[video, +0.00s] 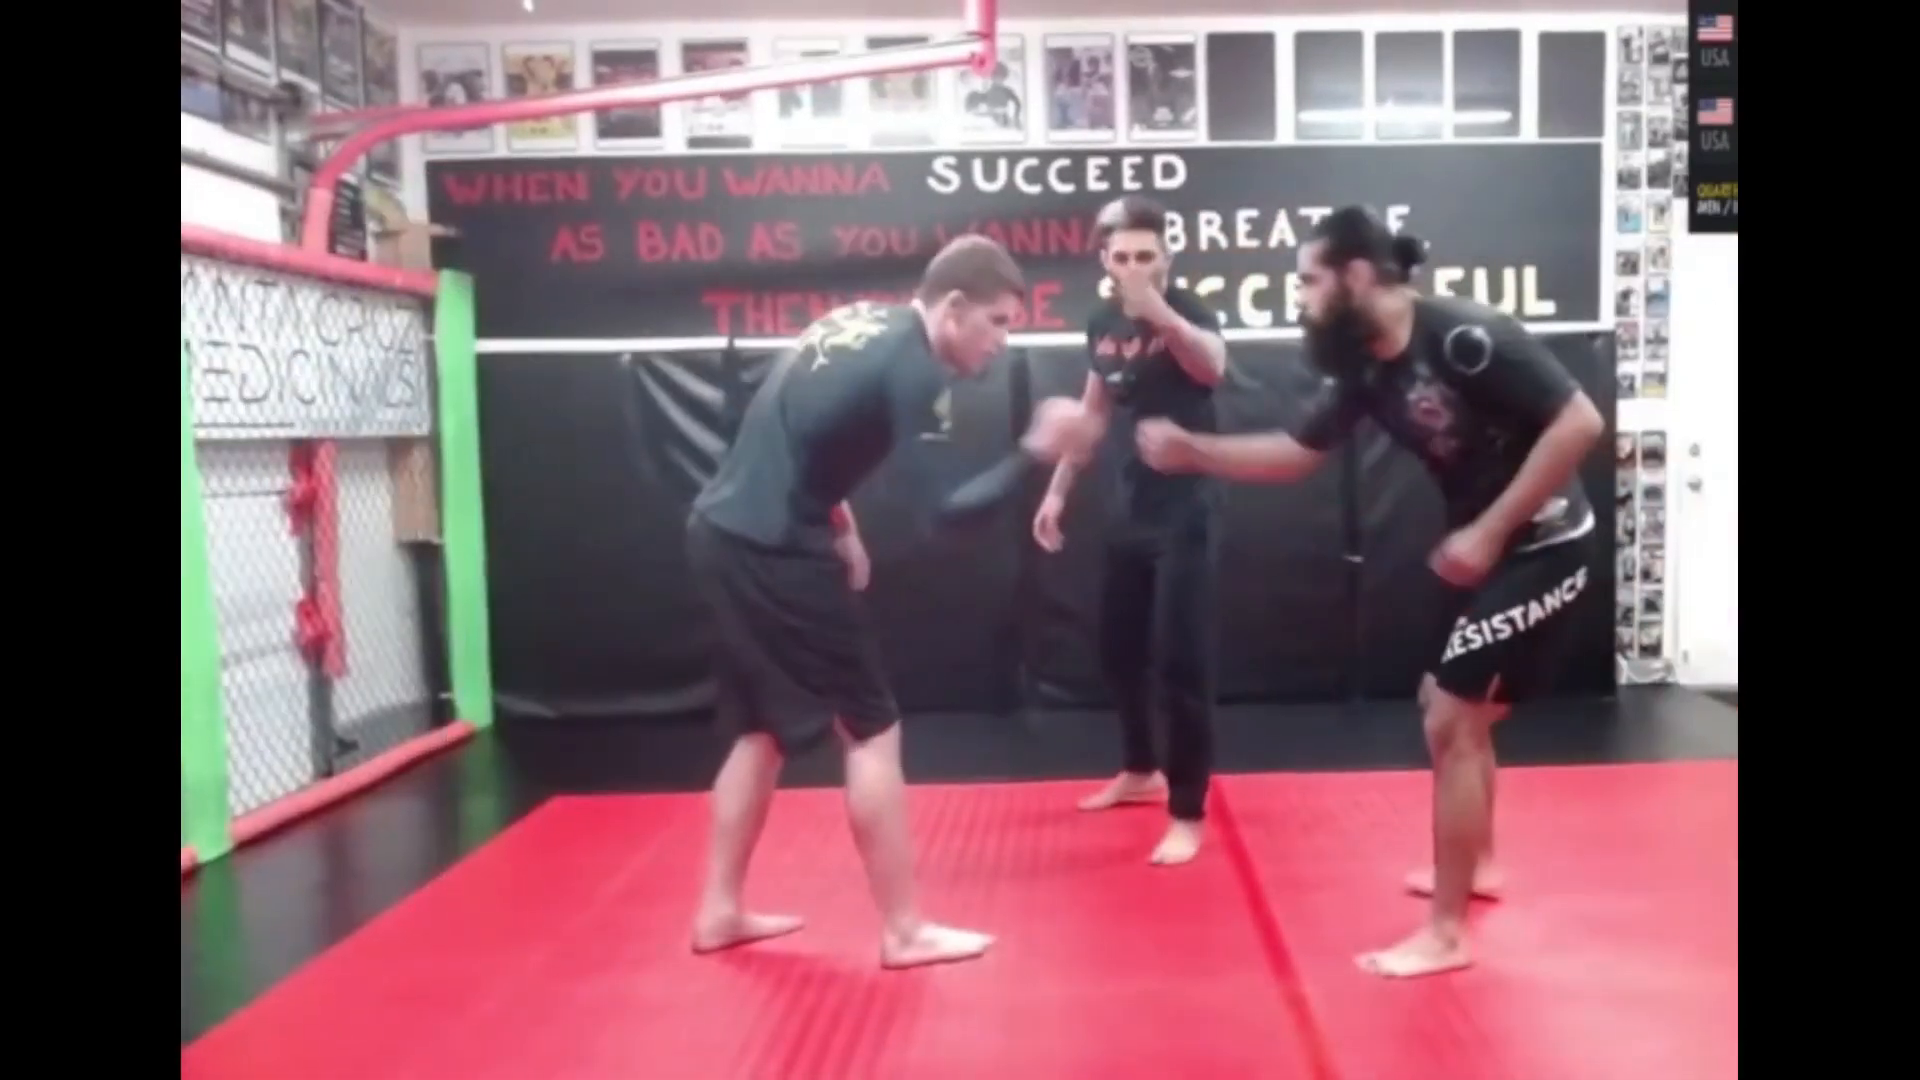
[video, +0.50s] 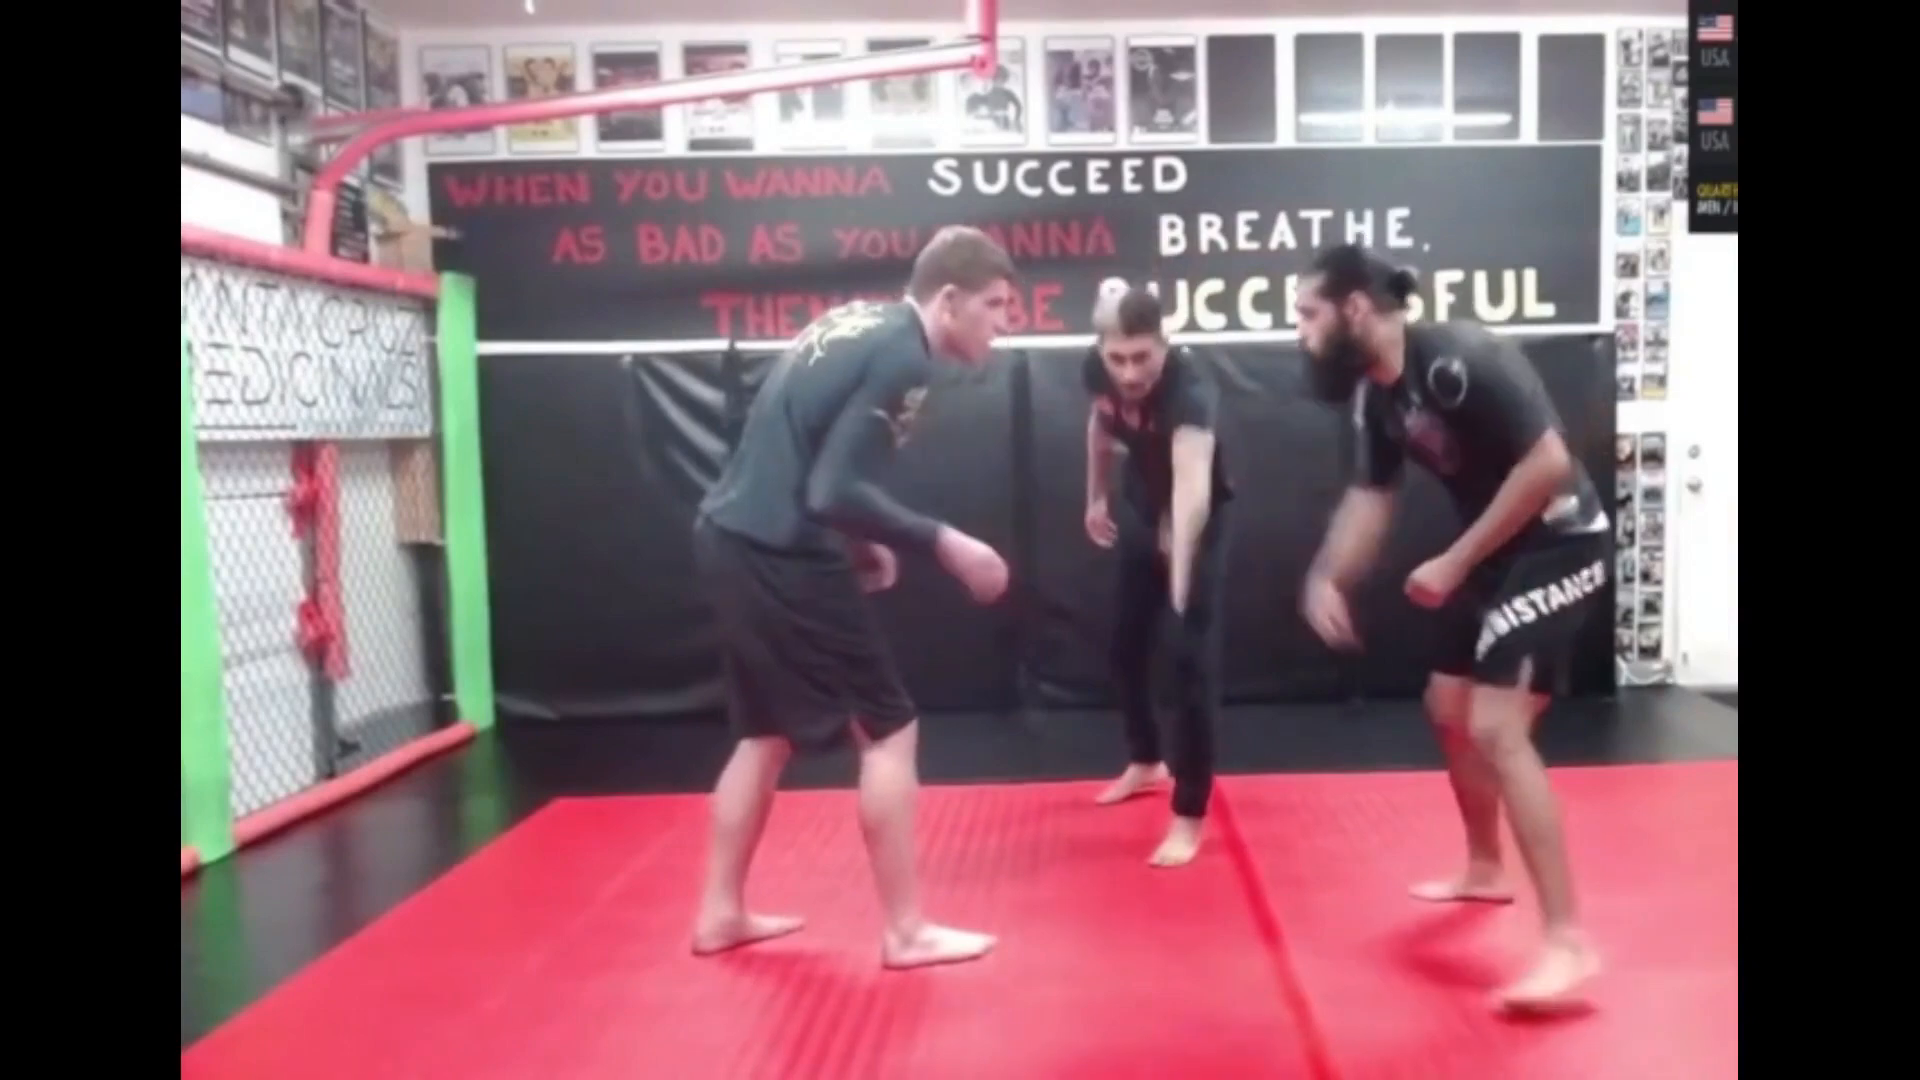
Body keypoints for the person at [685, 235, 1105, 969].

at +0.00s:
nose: (1002, 342)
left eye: (1007, 326)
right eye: (998, 322)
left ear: (940, 306)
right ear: (950, 305)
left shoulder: (868, 323)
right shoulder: (913, 363)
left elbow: (797, 428)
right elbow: (943, 509)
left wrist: (839, 522)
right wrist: (1033, 452)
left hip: (720, 525)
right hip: (779, 543)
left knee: (761, 729)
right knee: (872, 728)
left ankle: (719, 910)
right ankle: (903, 928)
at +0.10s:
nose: (1008, 348)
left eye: (1013, 332)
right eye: (1003, 329)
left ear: (947, 313)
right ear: (956, 313)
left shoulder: (871, 328)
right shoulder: (922, 372)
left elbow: (789, 422)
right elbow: (993, 500)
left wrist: (840, 519)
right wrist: (1088, 433)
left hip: (719, 526)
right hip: (774, 545)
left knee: (757, 731)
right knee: (871, 728)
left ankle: (719, 910)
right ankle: (904, 930)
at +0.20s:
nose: (1007, 347)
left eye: (1012, 332)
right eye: (1003, 329)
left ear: (946, 312)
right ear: (956, 312)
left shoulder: (870, 327)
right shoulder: (920, 370)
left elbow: (791, 425)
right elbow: (989, 497)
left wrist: (838, 519)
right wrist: (1079, 435)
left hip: (718, 526)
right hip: (776, 545)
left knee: (759, 730)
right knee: (871, 728)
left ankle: (718, 911)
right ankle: (905, 929)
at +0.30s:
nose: (1007, 339)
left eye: (1011, 323)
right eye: (1003, 320)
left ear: (943, 305)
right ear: (955, 305)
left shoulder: (868, 323)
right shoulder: (916, 365)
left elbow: (795, 427)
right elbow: (946, 510)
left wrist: (839, 522)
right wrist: (1056, 469)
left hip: (722, 525)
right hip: (780, 544)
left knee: (760, 730)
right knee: (871, 729)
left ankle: (719, 912)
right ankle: (905, 929)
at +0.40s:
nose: (1004, 325)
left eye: (1007, 309)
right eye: (997, 308)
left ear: (938, 297)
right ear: (947, 298)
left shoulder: (858, 322)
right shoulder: (905, 354)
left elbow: (786, 448)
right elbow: (852, 497)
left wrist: (842, 534)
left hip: (724, 529)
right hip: (782, 544)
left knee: (763, 729)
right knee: (880, 729)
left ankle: (719, 911)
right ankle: (905, 929)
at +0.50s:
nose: (1003, 325)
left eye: (1006, 309)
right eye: (996, 307)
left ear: (938, 298)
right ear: (948, 298)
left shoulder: (858, 324)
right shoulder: (901, 353)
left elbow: (792, 459)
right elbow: (834, 491)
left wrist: (850, 537)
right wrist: (946, 540)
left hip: (726, 530)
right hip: (782, 544)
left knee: (765, 730)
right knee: (888, 727)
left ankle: (719, 913)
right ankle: (906, 929)